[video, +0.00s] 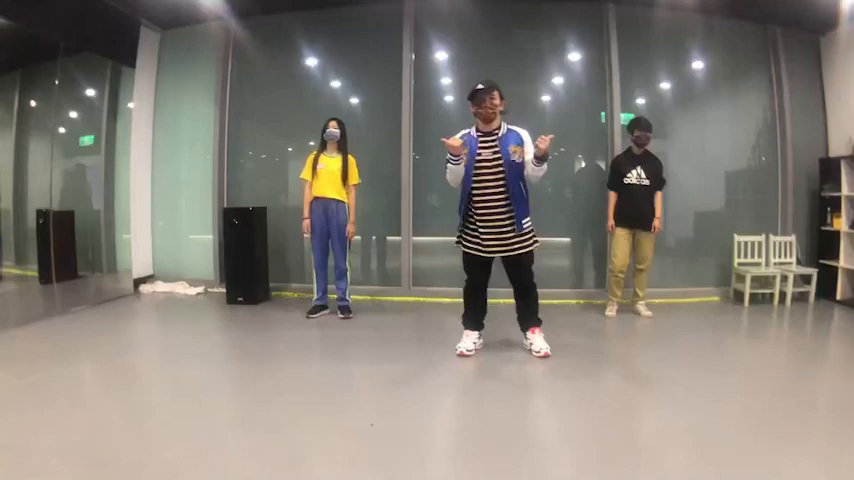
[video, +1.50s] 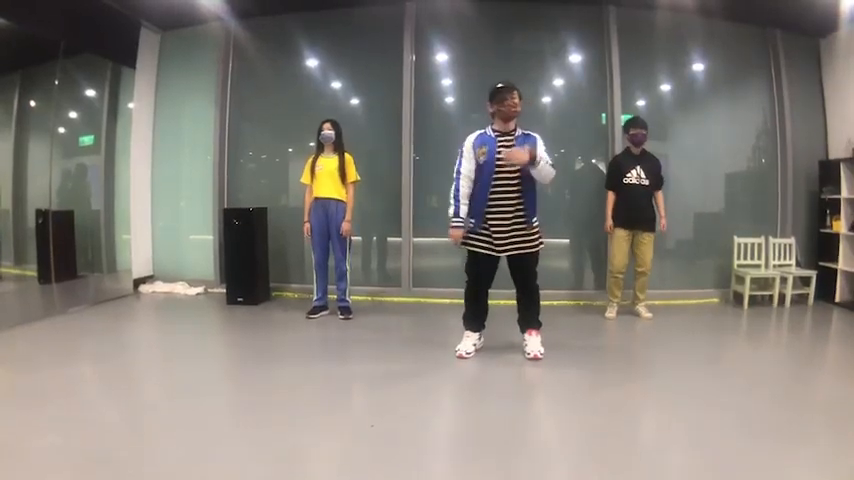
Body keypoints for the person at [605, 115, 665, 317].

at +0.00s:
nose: (642, 138)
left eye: (646, 135)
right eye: (639, 135)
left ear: (650, 137)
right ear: (631, 135)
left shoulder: (655, 162)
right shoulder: (619, 161)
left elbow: (658, 191)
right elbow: (613, 191)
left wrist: (658, 217)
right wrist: (610, 217)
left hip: (646, 221)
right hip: (622, 221)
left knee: (643, 265)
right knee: (618, 265)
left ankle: (639, 300)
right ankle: (613, 301)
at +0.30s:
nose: (638, 140)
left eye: (642, 136)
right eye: (635, 136)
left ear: (647, 138)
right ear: (627, 136)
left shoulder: (652, 163)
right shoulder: (616, 162)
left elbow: (654, 193)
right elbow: (609, 192)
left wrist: (652, 219)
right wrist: (607, 218)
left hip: (642, 223)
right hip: (618, 222)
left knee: (640, 267)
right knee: (615, 267)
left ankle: (638, 302)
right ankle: (611, 303)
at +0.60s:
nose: (639, 140)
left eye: (642, 137)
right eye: (635, 136)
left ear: (646, 138)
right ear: (627, 136)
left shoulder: (649, 164)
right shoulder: (615, 162)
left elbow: (652, 193)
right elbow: (607, 192)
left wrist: (652, 217)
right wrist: (604, 218)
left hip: (641, 224)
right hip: (617, 223)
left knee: (642, 268)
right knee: (613, 267)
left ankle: (638, 302)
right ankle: (611, 302)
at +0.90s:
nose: (643, 139)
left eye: (646, 136)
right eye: (639, 135)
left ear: (649, 137)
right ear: (630, 136)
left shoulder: (651, 164)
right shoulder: (617, 161)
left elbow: (653, 194)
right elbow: (610, 191)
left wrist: (656, 219)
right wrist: (609, 218)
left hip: (645, 224)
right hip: (620, 224)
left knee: (648, 267)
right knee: (615, 267)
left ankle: (639, 302)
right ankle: (612, 302)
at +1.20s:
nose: (642, 140)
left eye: (645, 136)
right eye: (638, 136)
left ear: (649, 138)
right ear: (630, 137)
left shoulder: (653, 165)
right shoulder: (619, 162)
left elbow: (657, 194)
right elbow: (613, 191)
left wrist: (664, 218)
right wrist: (614, 218)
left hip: (646, 225)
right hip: (621, 224)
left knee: (645, 269)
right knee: (617, 268)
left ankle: (639, 303)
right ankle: (612, 303)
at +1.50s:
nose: (638, 138)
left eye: (642, 135)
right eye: (634, 135)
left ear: (647, 136)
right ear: (627, 135)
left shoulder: (653, 162)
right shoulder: (617, 162)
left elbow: (658, 191)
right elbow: (611, 191)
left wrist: (662, 216)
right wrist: (608, 217)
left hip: (645, 223)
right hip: (621, 223)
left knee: (644, 267)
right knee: (617, 267)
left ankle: (639, 302)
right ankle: (613, 302)